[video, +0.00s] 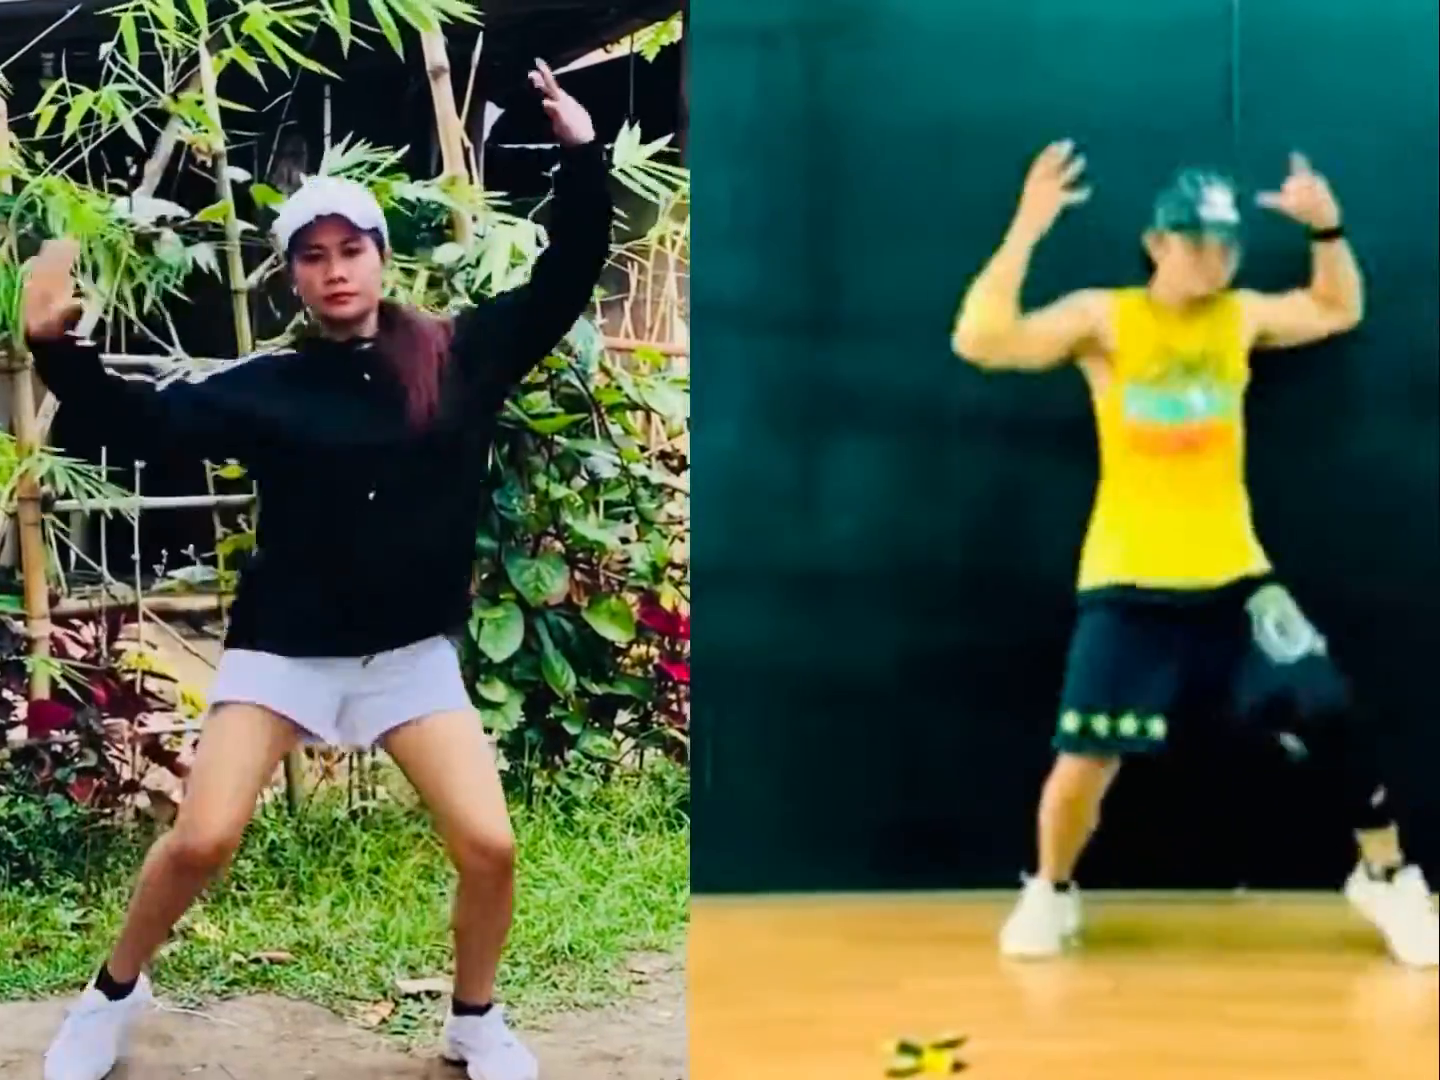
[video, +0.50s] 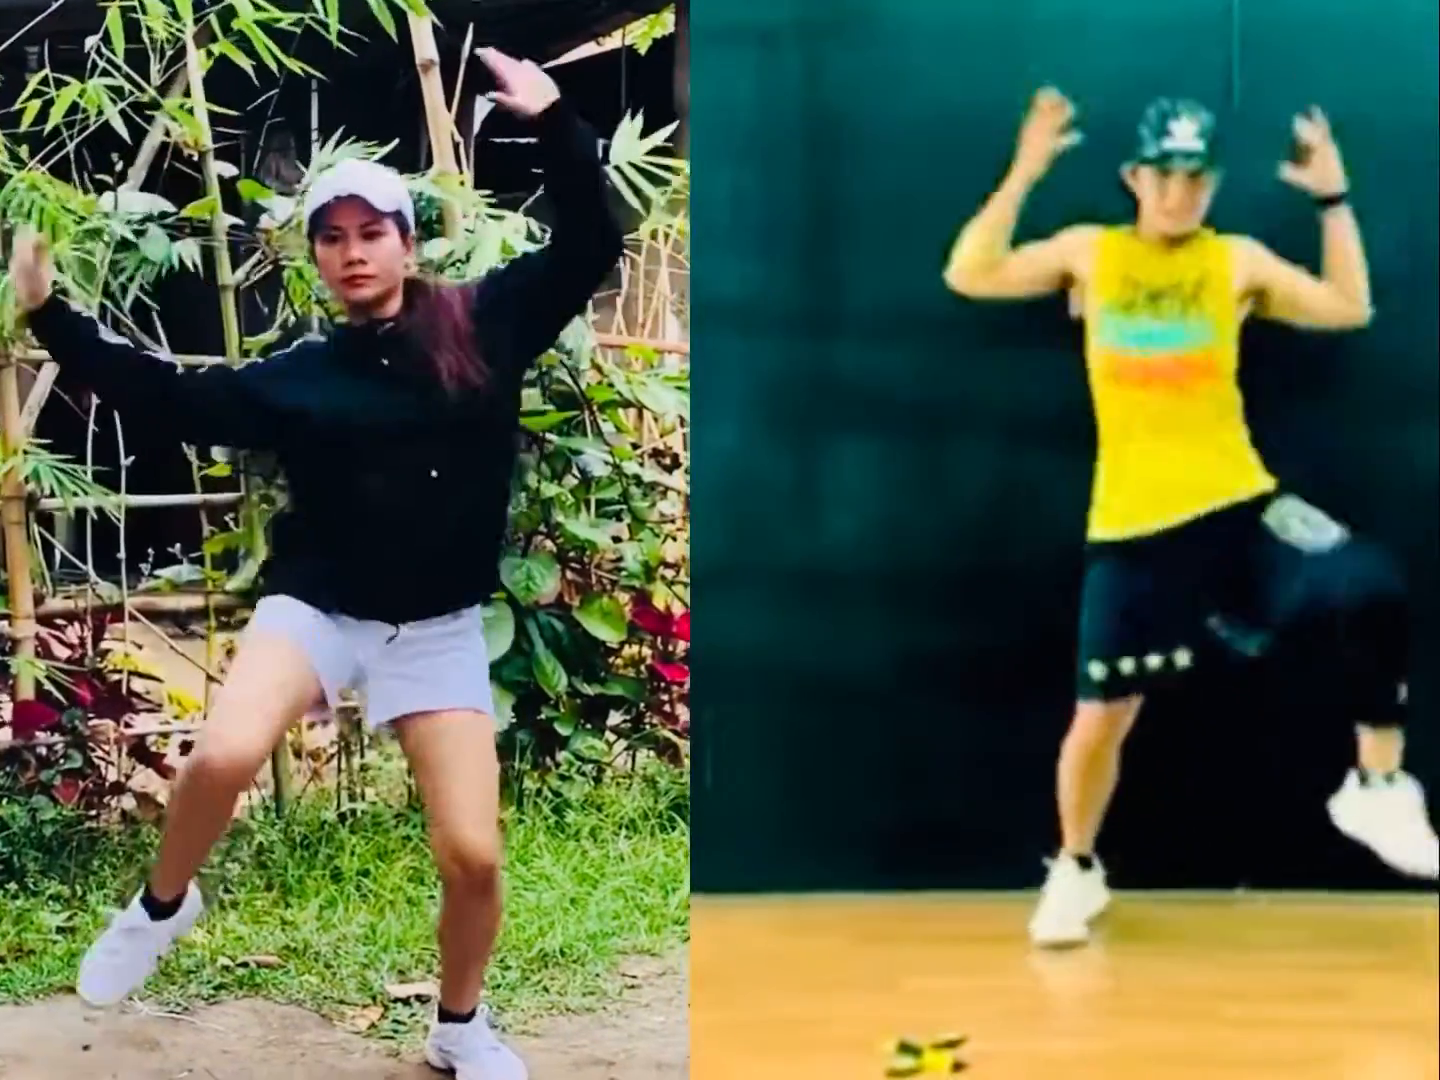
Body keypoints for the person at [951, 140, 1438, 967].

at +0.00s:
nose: (1209, 264)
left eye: (1222, 249)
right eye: (1195, 246)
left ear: (1236, 255)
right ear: (1157, 244)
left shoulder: (1242, 316)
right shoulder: (1101, 318)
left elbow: (1338, 309)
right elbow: (980, 338)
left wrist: (1326, 227)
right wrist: (1027, 229)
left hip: (1233, 572)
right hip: (1127, 577)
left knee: (1329, 708)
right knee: (1089, 753)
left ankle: (1386, 873)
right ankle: (1049, 892)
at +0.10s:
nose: (1183, 207)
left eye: (1196, 191)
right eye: (1167, 188)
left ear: (1211, 198)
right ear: (1132, 189)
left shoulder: (1219, 279)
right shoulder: (1075, 264)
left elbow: (1321, 318)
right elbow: (949, 295)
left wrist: (1317, 213)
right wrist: (1026, 202)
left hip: (1227, 515)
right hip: (1123, 535)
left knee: (1352, 621)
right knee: (1095, 714)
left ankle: (1363, 800)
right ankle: (1052, 882)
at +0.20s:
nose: (1160, 203)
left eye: (1175, 188)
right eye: (1146, 185)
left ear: (1191, 197)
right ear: (1112, 188)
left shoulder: (1209, 273)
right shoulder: (1064, 258)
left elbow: (1334, 277)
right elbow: (960, 236)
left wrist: (1360, 186)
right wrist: (1023, 130)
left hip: (1215, 504)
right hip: (1113, 537)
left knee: (1355, 529)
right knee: (1095, 723)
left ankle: (1341, 719)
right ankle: (1075, 875)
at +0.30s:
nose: (1161, 228)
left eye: (1174, 213)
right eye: (1145, 212)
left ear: (1193, 218)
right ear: (1115, 216)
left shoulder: (1212, 280)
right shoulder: (1076, 274)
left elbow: (1310, 223)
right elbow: (1004, 195)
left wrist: (1389, 141)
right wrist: (969, 92)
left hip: (1200, 523)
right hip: (1104, 556)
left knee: (1344, 488)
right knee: (1100, 733)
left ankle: (1341, 674)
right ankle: (1077, 882)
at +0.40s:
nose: (1175, 209)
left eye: (1189, 193)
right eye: (1160, 192)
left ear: (1210, 196)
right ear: (1131, 195)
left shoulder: (1234, 261)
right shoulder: (1086, 261)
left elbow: (1355, 247)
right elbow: (960, 258)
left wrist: (1337, 147)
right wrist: (965, 135)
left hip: (1206, 507)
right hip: (1108, 527)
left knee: (1354, 503)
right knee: (1102, 715)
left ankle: (1356, 695)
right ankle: (1071, 876)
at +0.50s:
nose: (1179, 195)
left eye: (1195, 178)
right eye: (1165, 176)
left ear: (1213, 184)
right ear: (1135, 178)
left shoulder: (1237, 262)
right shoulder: (1086, 252)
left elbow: (1348, 306)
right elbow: (969, 273)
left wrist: (1333, 196)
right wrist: (1024, 170)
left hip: (1238, 503)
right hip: (1132, 522)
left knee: (1370, 585)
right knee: (1104, 710)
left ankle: (1379, 784)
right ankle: (1073, 869)